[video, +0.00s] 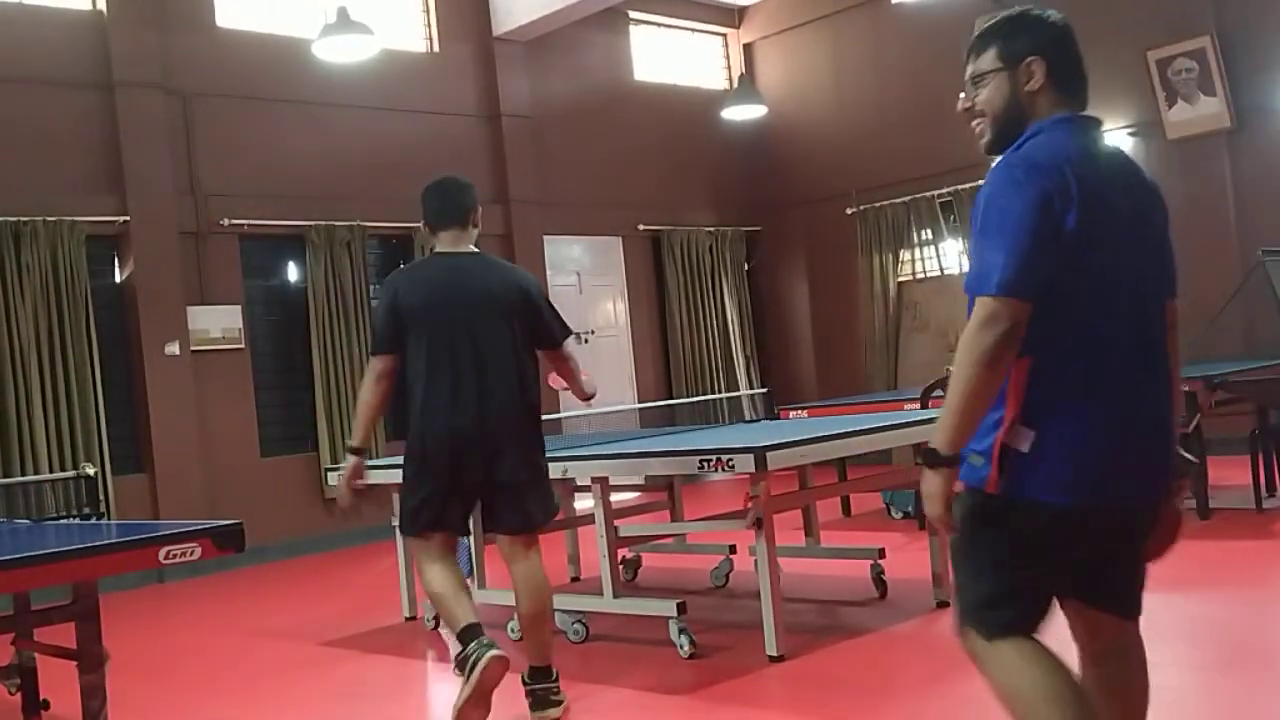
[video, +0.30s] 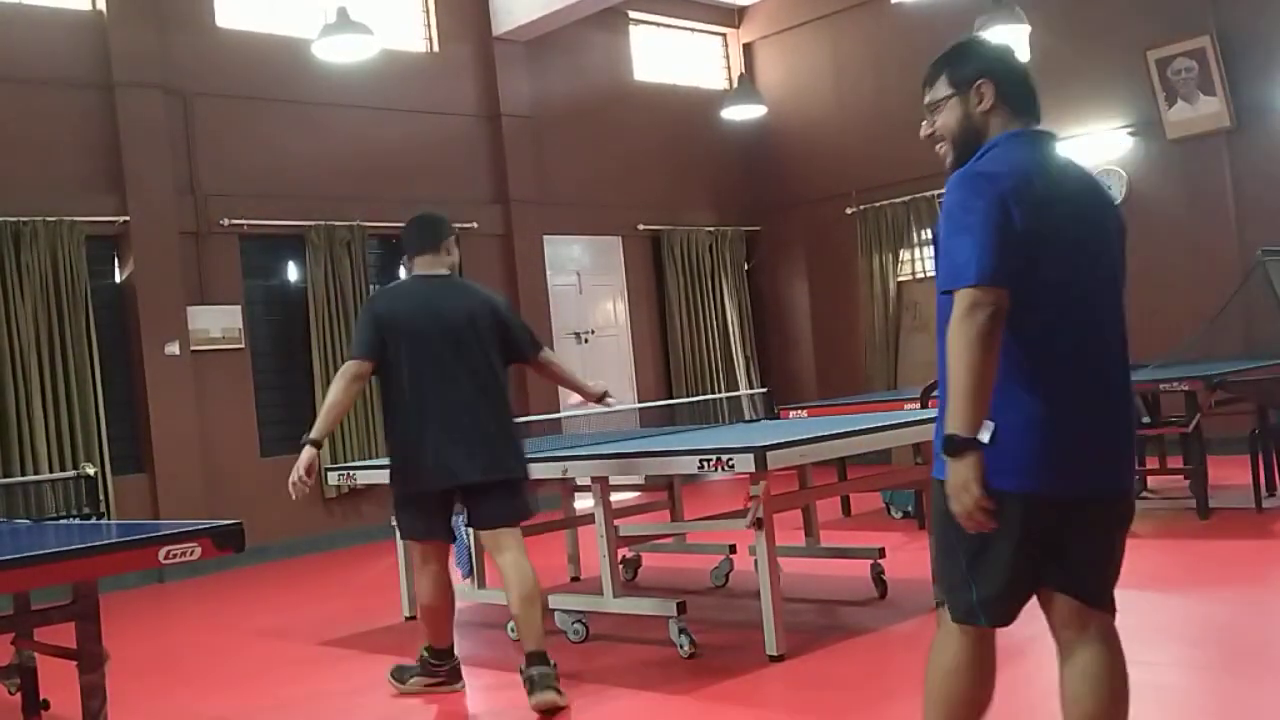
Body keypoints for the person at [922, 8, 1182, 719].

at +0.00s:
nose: (965, 103)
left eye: (978, 81)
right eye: (964, 87)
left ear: (1032, 75)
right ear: (1041, 81)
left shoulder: (1023, 172)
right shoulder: (1134, 179)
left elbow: (996, 321)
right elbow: (1162, 330)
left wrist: (939, 455)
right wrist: (1164, 464)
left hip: (1038, 461)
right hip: (1129, 456)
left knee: (990, 628)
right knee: (1107, 631)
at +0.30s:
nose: (927, 128)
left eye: (934, 106)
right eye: (925, 113)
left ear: (982, 96)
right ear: (1000, 101)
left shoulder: (980, 182)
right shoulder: (1089, 186)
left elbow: (979, 306)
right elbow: (1094, 323)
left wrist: (959, 446)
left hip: (1003, 456)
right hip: (1098, 452)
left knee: (963, 621)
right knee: (1083, 618)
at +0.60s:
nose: (886, 150)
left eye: (893, 131)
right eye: (884, 135)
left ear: (938, 123)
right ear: (952, 125)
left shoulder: (921, 211)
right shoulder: (1048, 209)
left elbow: (898, 326)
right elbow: (1050, 337)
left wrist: (855, 450)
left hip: (948, 464)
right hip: (1046, 456)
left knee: (949, 614)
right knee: (1045, 610)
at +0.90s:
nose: (867, 154)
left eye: (868, 140)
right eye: (866, 141)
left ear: (894, 136)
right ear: (953, 134)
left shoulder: (869, 221)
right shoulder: (1019, 213)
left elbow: (824, 341)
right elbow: (1050, 333)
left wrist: (805, 433)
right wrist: (1049, 425)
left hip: (913, 447)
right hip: (1007, 439)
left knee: (934, 596)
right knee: (1019, 570)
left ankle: (947, 719)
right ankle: (1040, 711)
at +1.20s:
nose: (892, 167)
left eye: (894, 157)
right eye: (894, 157)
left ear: (908, 161)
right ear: (968, 158)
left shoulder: (880, 242)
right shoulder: (1021, 237)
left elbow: (846, 350)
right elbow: (1057, 351)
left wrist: (847, 412)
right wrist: (1086, 447)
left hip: (919, 454)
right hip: (1006, 451)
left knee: (936, 594)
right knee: (1014, 577)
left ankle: (950, 717)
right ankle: (1031, 705)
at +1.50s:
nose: (919, 170)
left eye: (919, 160)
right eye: (921, 160)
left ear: (930, 160)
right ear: (991, 156)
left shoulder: (903, 234)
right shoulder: (1040, 229)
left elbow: (875, 341)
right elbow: (1079, 337)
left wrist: (887, 402)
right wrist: (1091, 418)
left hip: (934, 435)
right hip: (1019, 433)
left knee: (925, 542)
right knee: (1019, 556)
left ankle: (951, 674)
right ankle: (1032, 703)